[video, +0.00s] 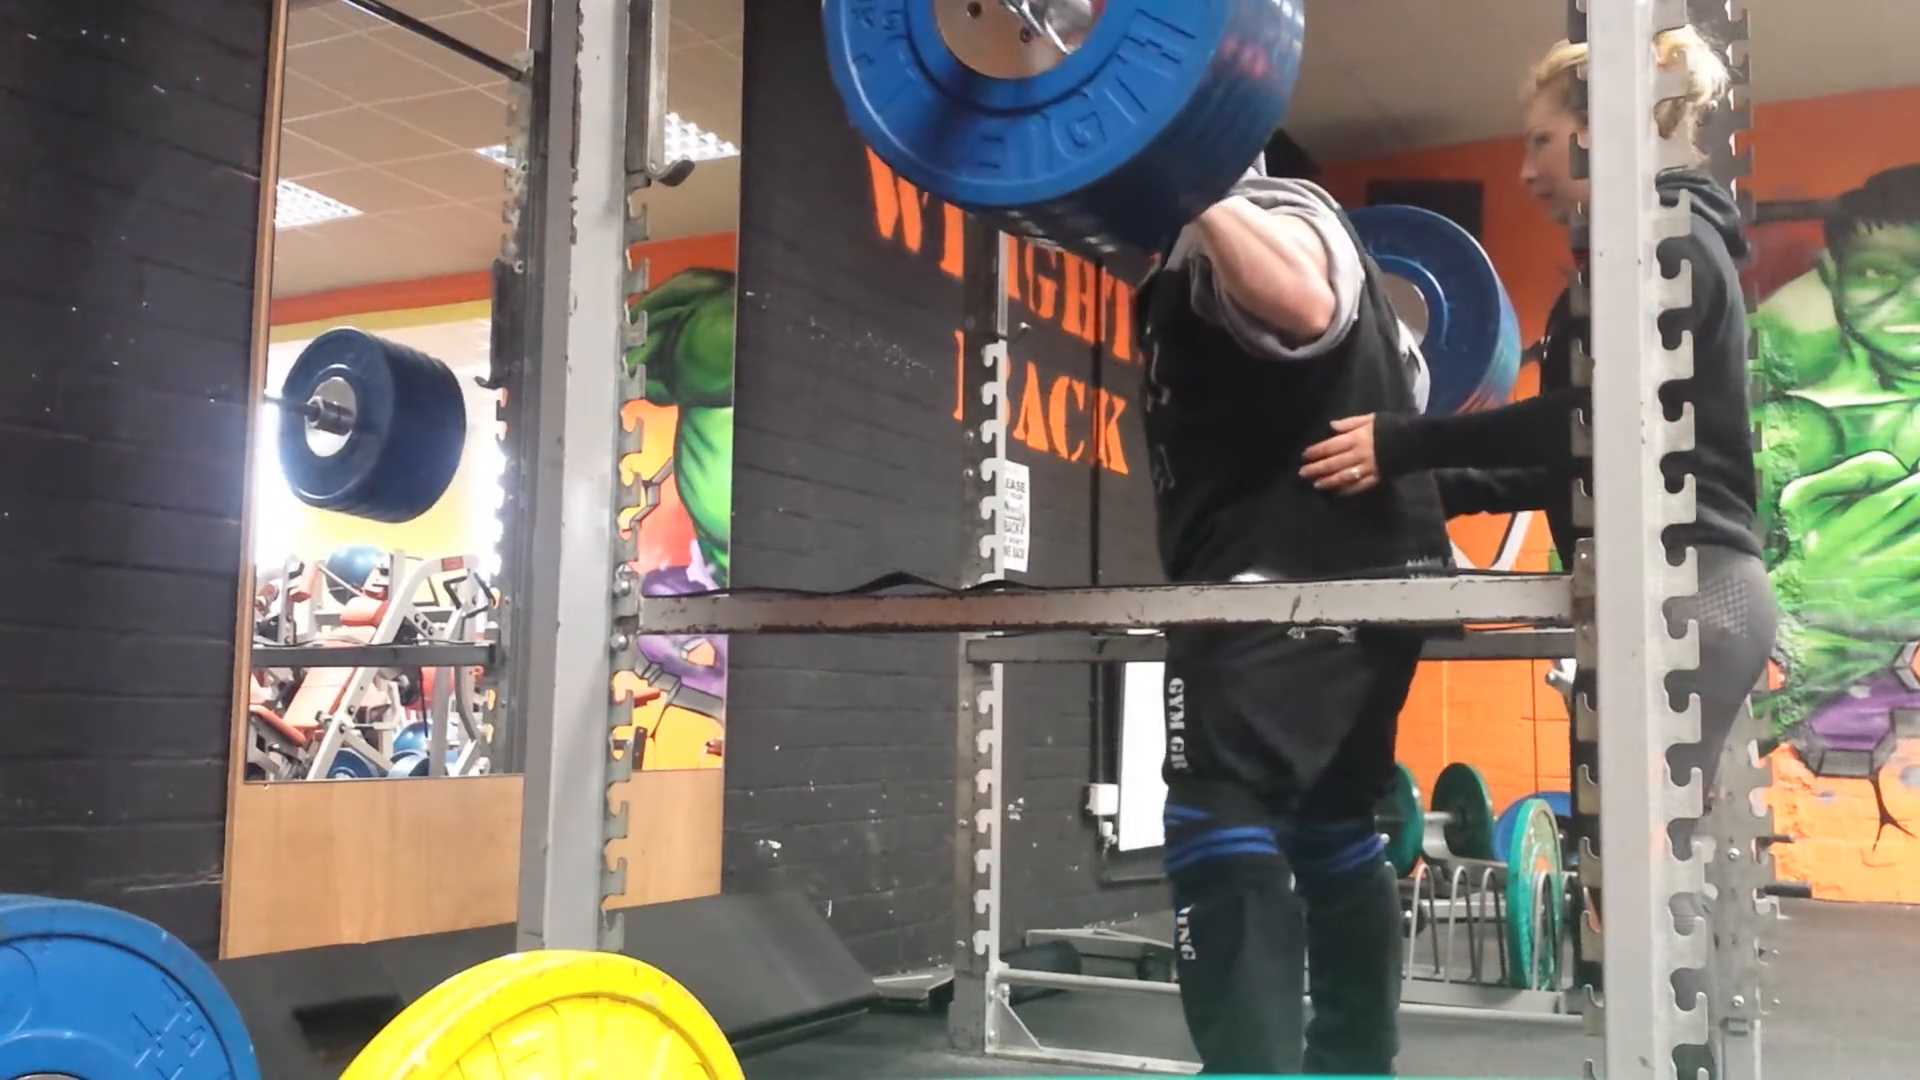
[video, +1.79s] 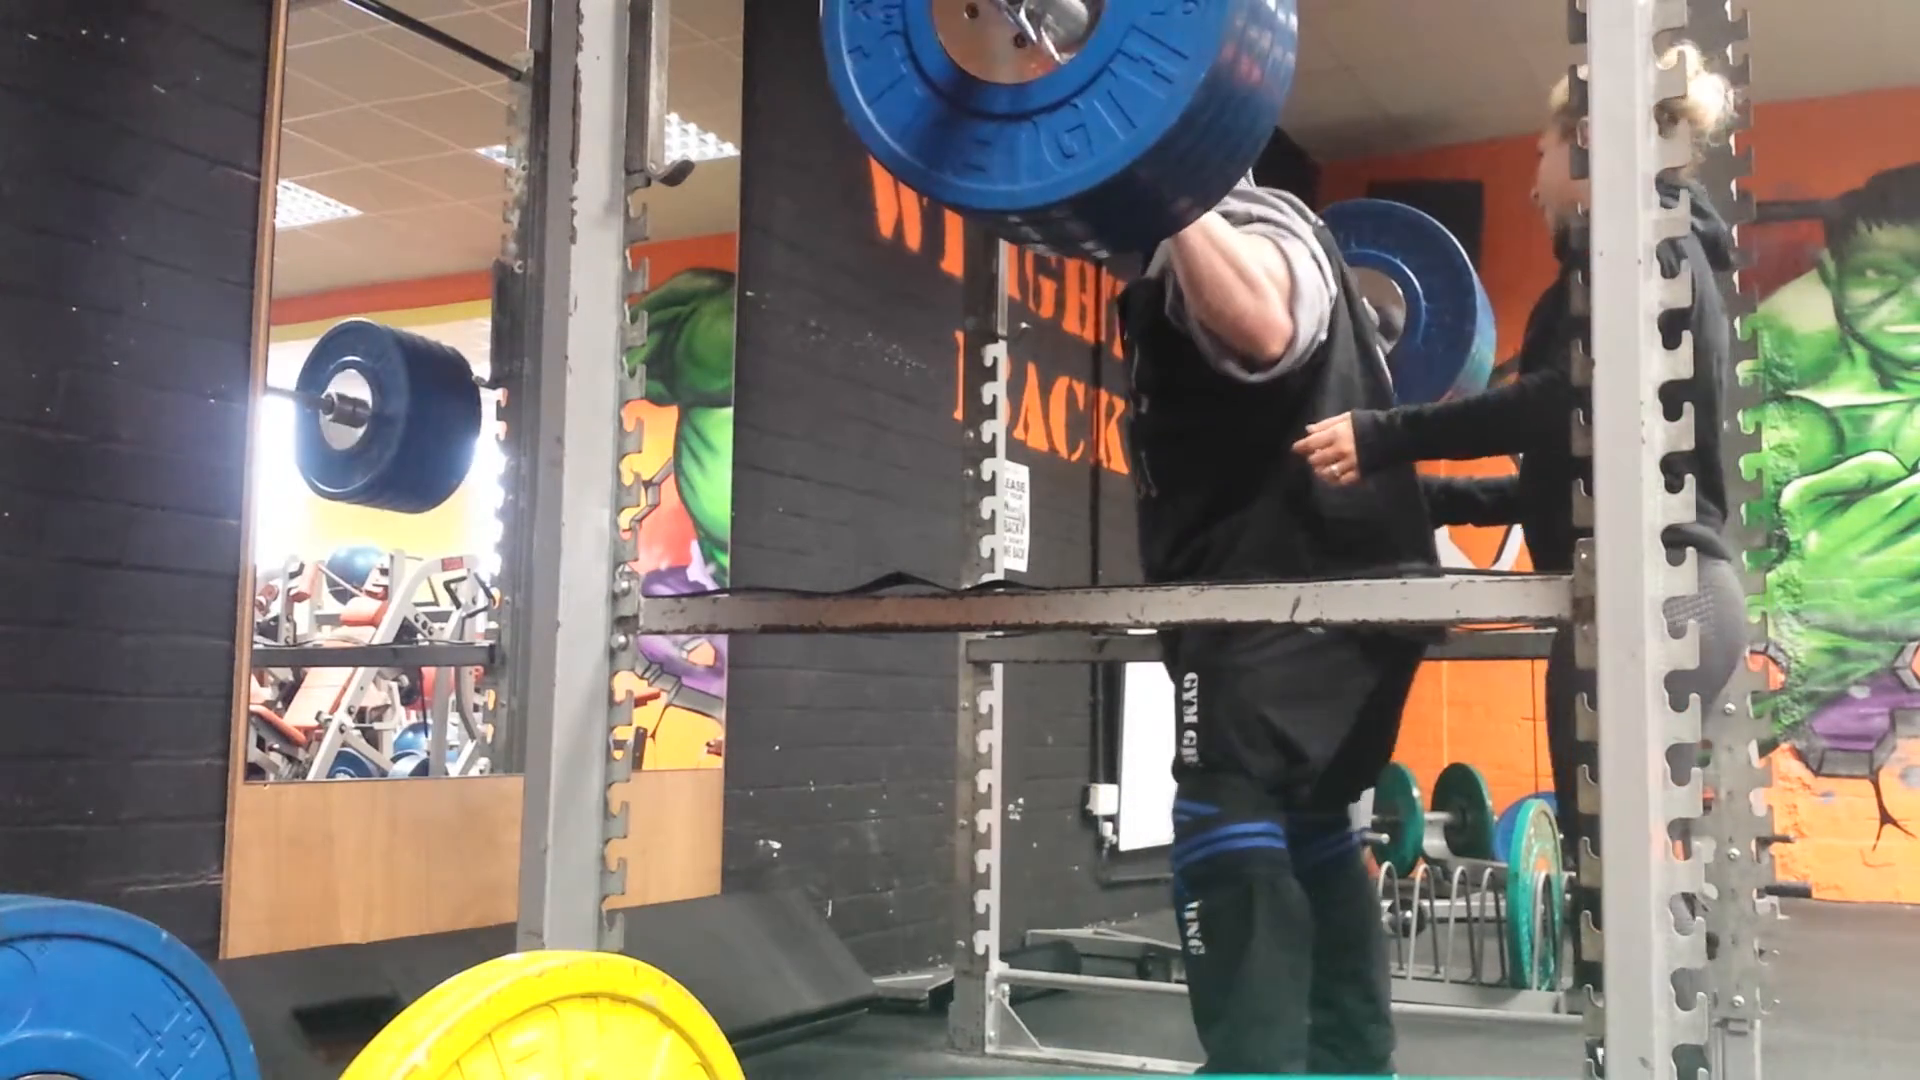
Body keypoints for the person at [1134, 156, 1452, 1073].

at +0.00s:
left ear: (1184, 143)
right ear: (1245, 134)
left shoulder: (1266, 207)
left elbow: (1300, 299)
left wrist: (1188, 190)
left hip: (1287, 582)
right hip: (1368, 581)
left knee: (1220, 819)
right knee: (1337, 826)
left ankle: (1250, 1062)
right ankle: (1353, 1061)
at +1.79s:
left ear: (1166, 148)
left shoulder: (1251, 223)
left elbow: (1260, 325)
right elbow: (1379, 306)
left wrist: (1170, 193)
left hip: (1290, 595)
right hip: (1340, 591)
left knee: (1227, 820)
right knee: (1312, 820)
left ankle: (1251, 1062)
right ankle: (1349, 1059)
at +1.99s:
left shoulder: (1268, 275)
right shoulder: (1157, 312)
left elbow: (1283, 380)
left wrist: (1173, 266)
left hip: (1326, 616)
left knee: (1189, 829)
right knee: (1282, 833)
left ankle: (1240, 1069)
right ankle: (1351, 1064)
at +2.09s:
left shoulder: (1270, 309)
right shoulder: (1151, 348)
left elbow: (1290, 422)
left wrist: (1177, 310)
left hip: (1340, 653)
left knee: (1173, 839)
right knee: (1274, 843)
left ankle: (1237, 1069)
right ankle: (1350, 1065)